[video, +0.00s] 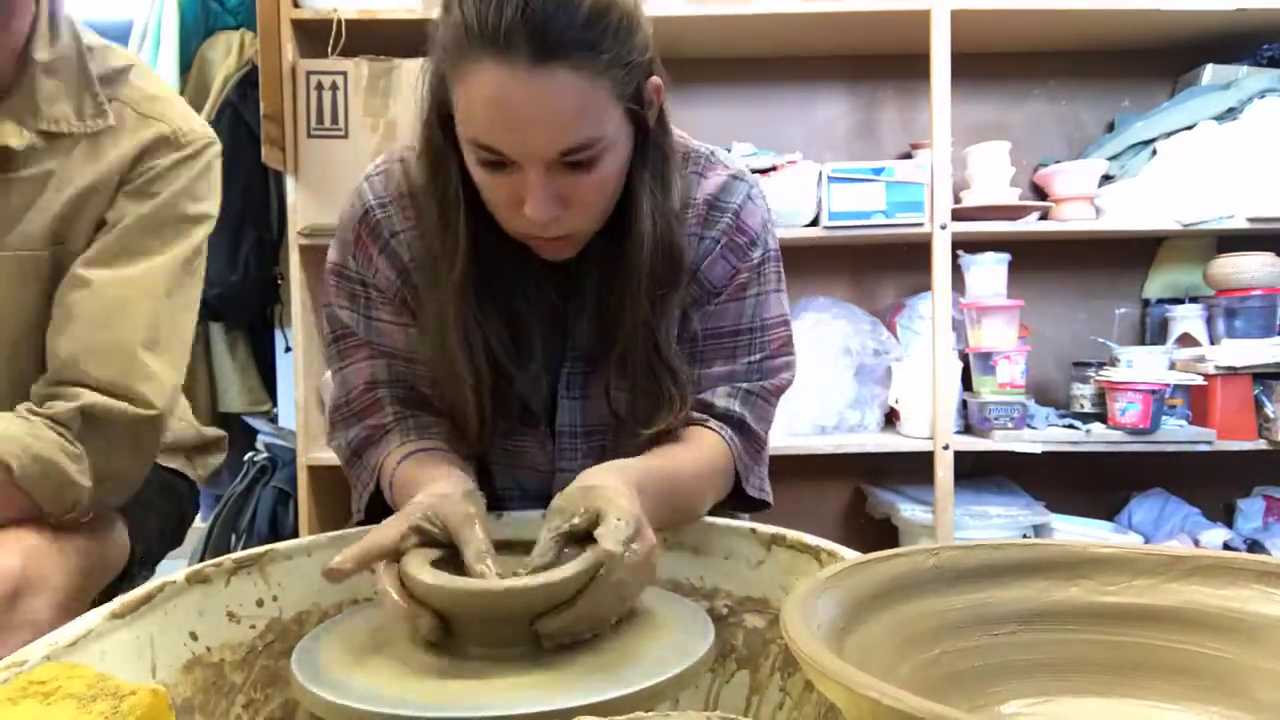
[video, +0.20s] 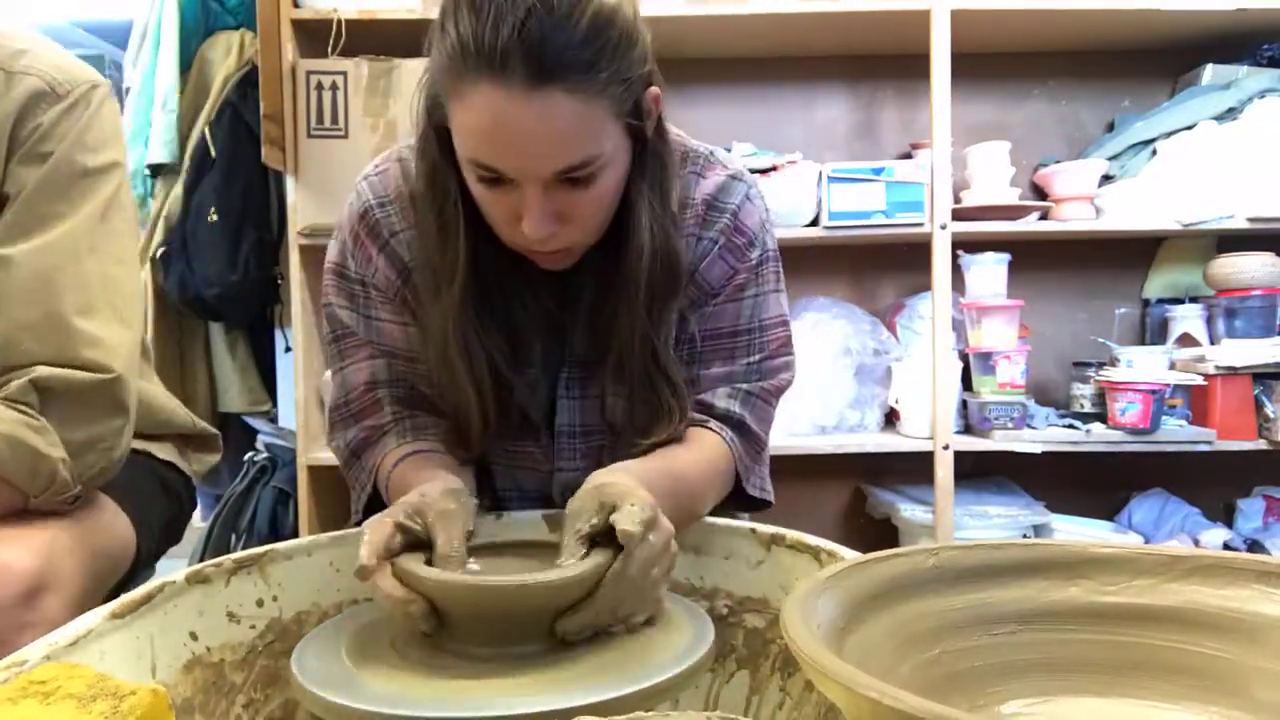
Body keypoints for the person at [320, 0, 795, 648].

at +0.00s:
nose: (539, 210)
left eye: (579, 163)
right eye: (495, 164)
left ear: (647, 109)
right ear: (451, 127)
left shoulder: (719, 211)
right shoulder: (390, 215)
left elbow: (731, 430)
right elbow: (383, 409)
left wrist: (635, 486)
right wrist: (438, 486)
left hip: (659, 568)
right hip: (464, 562)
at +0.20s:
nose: (535, 224)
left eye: (577, 178)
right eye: (492, 179)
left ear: (645, 120)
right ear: (448, 136)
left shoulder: (717, 210)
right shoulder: (388, 216)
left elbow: (734, 420)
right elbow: (383, 406)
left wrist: (653, 490)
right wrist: (430, 488)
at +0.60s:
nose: (535, 174)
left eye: (577, 128)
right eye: (495, 127)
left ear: (646, 92)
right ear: (453, 101)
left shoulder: (716, 214)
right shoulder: (391, 220)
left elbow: (753, 424)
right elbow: (395, 417)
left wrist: (677, 515)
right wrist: (393, 510)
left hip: (662, 588)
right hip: (467, 579)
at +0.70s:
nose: (537, 197)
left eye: (579, 153)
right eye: (495, 152)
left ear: (647, 107)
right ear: (454, 119)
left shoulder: (720, 222)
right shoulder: (391, 223)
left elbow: (756, 439)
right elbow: (396, 418)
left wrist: (668, 503)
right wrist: (395, 499)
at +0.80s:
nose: (541, 207)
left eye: (583, 163)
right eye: (499, 163)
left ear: (650, 112)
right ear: (456, 125)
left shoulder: (723, 226)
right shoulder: (392, 226)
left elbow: (757, 440)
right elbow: (398, 417)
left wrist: (670, 500)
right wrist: (400, 494)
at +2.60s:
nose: (432, 221)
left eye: (441, 172)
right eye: (396, 200)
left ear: (511, 108)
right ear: (374, 190)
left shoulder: (682, 220)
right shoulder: (391, 253)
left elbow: (726, 403)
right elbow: (419, 409)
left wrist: (662, 512)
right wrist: (432, 514)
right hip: (485, 584)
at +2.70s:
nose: (463, 205)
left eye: (479, 153)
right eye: (421, 178)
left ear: (548, 98)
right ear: (392, 168)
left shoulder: (695, 217)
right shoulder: (396, 247)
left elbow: (730, 403)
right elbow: (421, 415)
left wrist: (670, 518)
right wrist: (438, 512)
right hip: (488, 591)